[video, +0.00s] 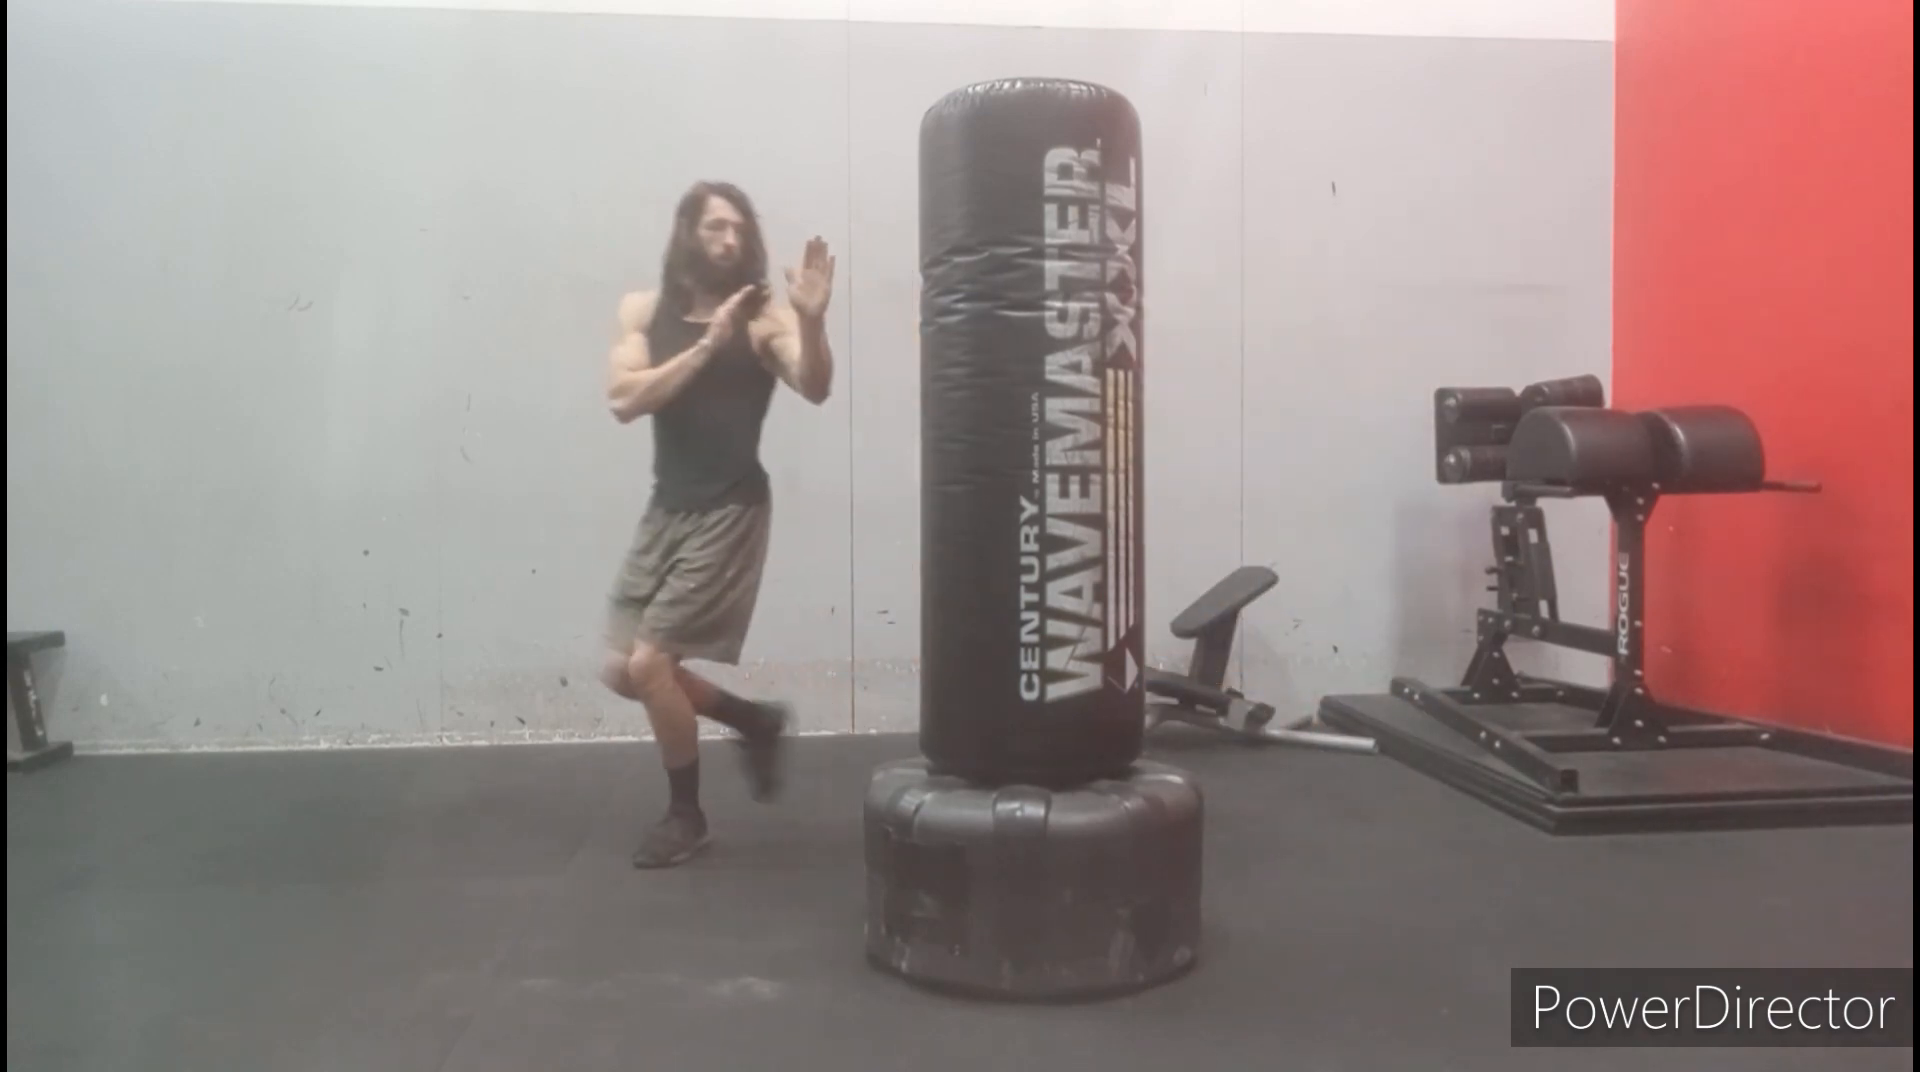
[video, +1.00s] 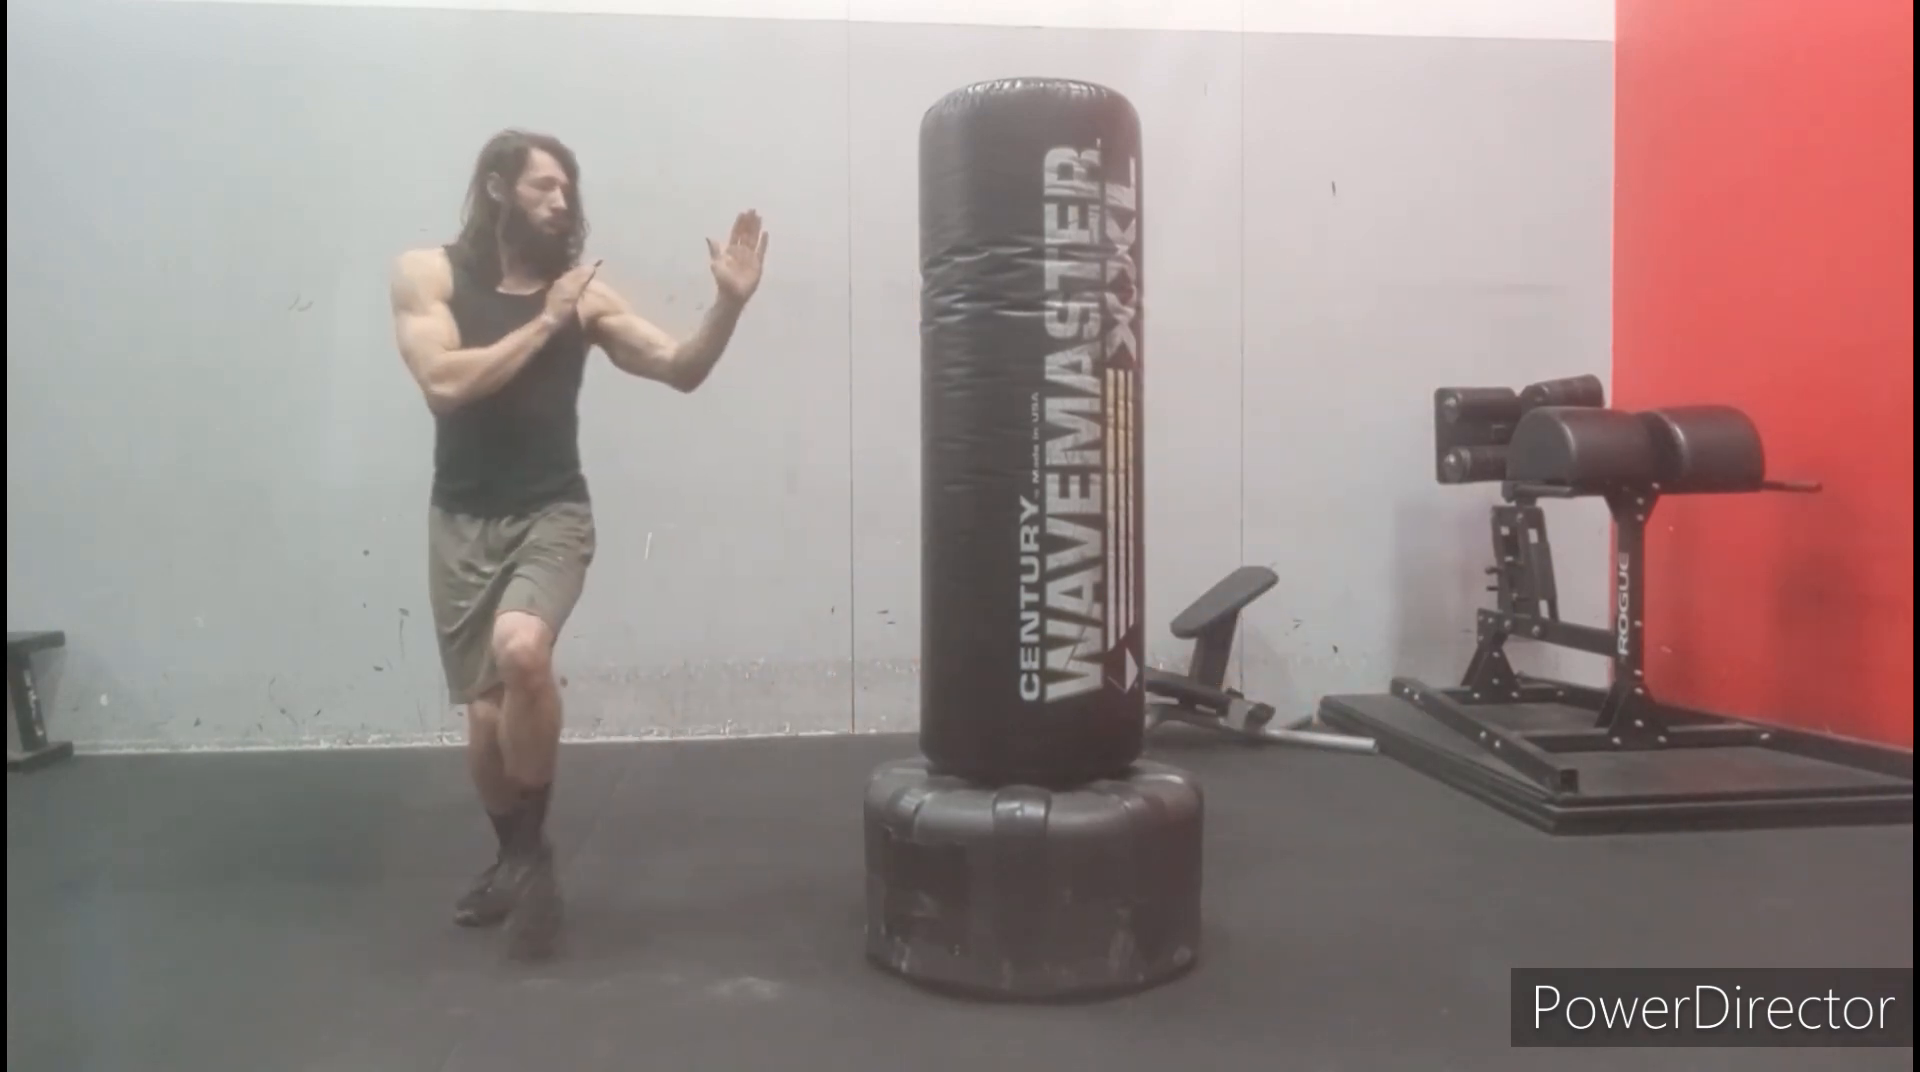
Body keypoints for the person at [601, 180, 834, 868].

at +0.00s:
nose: (727, 238)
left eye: (738, 229)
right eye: (713, 227)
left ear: (750, 242)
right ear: (686, 238)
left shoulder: (766, 315)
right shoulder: (646, 308)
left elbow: (815, 387)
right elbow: (625, 401)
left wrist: (814, 320)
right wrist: (709, 343)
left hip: (730, 510)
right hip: (667, 506)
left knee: (651, 664)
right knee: (625, 670)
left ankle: (685, 818)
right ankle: (754, 723)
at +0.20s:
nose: (689, 230)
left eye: (698, 219)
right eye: (674, 219)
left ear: (711, 231)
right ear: (643, 230)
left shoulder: (726, 311)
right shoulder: (601, 305)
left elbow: (790, 382)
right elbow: (590, 401)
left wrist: (794, 319)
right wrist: (675, 339)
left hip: (695, 512)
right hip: (626, 505)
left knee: (628, 672)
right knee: (550, 626)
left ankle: (684, 816)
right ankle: (597, 766)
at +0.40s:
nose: (650, 222)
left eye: (658, 212)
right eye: (634, 211)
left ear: (670, 224)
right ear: (599, 221)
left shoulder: (686, 305)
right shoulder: (553, 300)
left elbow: (761, 378)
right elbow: (551, 400)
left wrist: (773, 317)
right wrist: (641, 334)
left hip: (658, 514)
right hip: (582, 507)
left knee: (607, 688)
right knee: (530, 645)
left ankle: (682, 815)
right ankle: (505, 838)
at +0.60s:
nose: (610, 213)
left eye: (617, 201)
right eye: (593, 200)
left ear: (626, 212)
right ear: (554, 208)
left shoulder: (639, 302)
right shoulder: (496, 285)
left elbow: (722, 373)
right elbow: (503, 389)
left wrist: (750, 311)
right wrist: (598, 329)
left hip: (609, 518)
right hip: (525, 513)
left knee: (584, 698)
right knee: (507, 683)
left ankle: (670, 794)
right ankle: (512, 858)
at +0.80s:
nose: (578, 207)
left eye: (585, 195)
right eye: (562, 193)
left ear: (592, 206)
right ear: (520, 197)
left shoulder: (600, 295)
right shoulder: (453, 277)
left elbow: (694, 370)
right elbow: (463, 381)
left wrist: (732, 305)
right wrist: (562, 324)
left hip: (574, 514)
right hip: (487, 516)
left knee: (546, 675)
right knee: (488, 700)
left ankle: (602, 775)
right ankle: (513, 862)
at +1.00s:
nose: (560, 202)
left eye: (566, 189)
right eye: (544, 187)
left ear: (572, 200)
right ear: (497, 191)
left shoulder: (579, 292)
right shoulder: (425, 273)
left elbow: (682, 368)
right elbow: (445, 385)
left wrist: (728, 301)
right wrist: (547, 322)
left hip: (553, 513)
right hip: (466, 522)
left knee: (519, 648)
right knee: (487, 721)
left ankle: (524, 853)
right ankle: (521, 860)